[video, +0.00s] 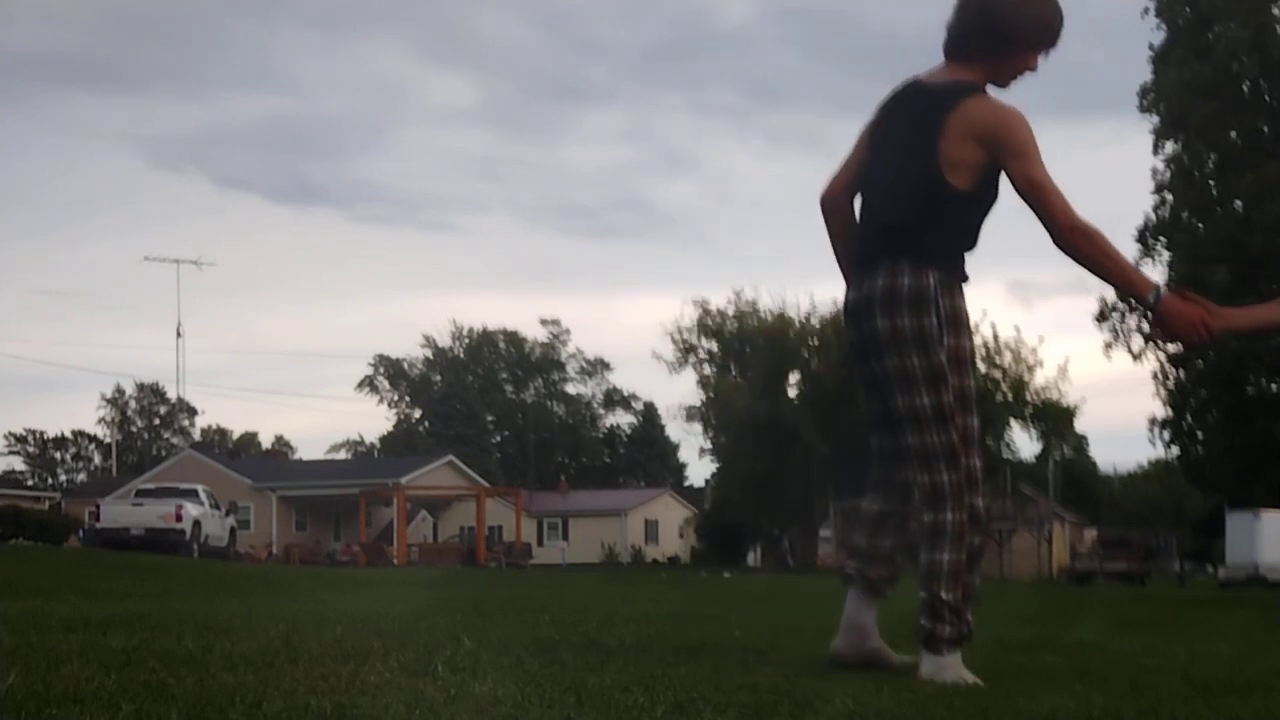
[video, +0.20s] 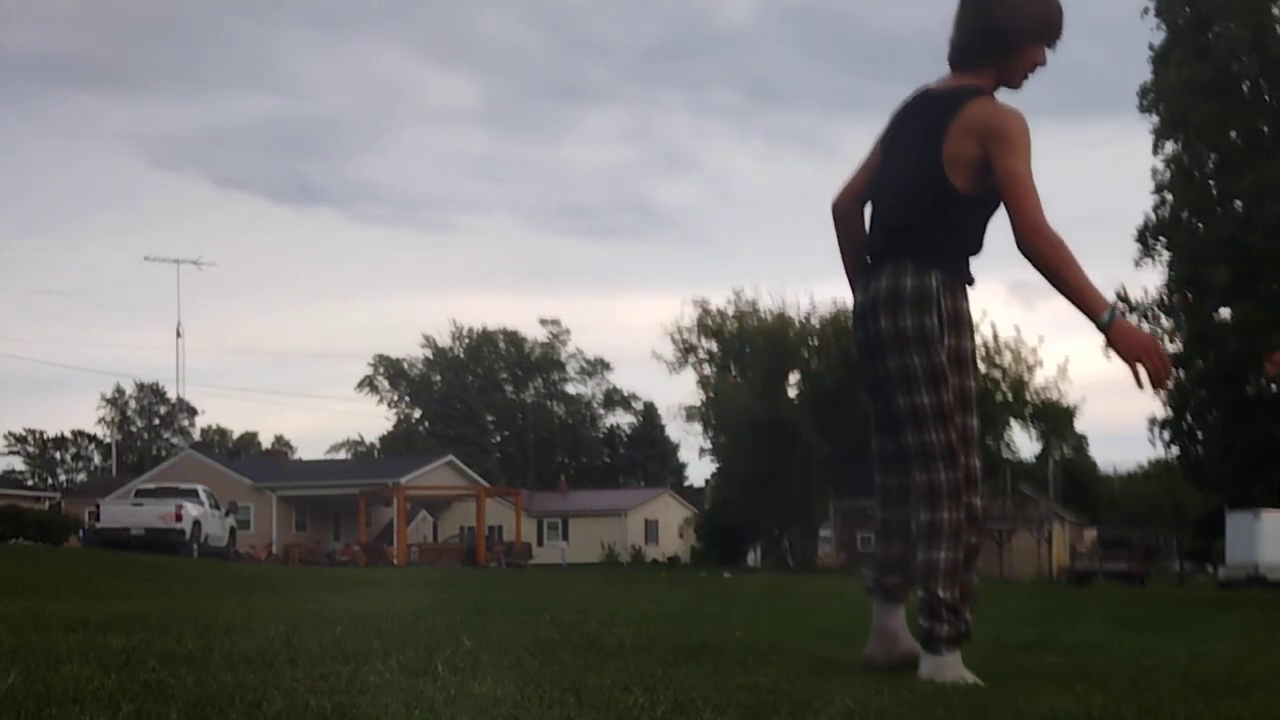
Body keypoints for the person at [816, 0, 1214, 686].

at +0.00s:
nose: (1036, 63)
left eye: (1041, 51)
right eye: (1037, 49)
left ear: (966, 33)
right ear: (1013, 45)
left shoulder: (902, 100)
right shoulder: (995, 118)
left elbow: (835, 199)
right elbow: (1066, 228)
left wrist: (864, 281)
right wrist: (1155, 297)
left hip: (870, 289)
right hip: (921, 290)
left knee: (897, 458)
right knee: (953, 468)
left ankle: (856, 624)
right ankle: (942, 656)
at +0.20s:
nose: (1042, 60)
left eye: (1047, 48)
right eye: (1040, 45)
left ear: (972, 35)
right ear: (1009, 41)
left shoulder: (915, 107)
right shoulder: (998, 118)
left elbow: (846, 206)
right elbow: (1034, 237)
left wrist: (867, 296)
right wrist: (1113, 321)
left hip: (880, 289)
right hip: (928, 291)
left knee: (901, 462)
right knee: (953, 469)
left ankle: (886, 625)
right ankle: (943, 655)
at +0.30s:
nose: (1036, 57)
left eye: (1039, 45)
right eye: (1032, 42)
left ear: (969, 42)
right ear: (1000, 41)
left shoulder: (918, 116)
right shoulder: (985, 118)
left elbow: (852, 219)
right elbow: (988, 228)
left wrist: (876, 307)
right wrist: (1033, 335)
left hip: (883, 297)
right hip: (928, 295)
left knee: (905, 469)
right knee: (953, 474)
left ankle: (883, 630)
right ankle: (942, 655)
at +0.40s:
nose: (1021, 61)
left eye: (1022, 50)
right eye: (1016, 48)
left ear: (956, 50)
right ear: (985, 49)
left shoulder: (920, 125)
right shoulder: (966, 122)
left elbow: (860, 235)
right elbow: (939, 216)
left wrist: (886, 311)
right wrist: (939, 320)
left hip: (886, 305)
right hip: (921, 304)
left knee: (910, 477)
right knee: (951, 479)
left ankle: (883, 636)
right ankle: (941, 655)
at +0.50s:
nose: (1010, 65)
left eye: (1010, 54)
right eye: (1003, 52)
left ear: (954, 57)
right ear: (969, 55)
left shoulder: (934, 124)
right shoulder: (942, 123)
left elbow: (892, 217)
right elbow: (894, 206)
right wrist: (866, 303)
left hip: (905, 307)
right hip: (915, 309)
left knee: (912, 471)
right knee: (943, 468)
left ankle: (885, 634)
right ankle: (937, 649)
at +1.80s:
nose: (1039, 99)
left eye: (1043, 89)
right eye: (1035, 84)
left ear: (996, 82)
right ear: (998, 76)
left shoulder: (965, 158)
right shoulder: (940, 125)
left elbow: (921, 281)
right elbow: (866, 205)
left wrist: (968, 354)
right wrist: (876, 302)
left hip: (913, 321)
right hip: (887, 315)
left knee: (929, 472)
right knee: (923, 469)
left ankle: (882, 634)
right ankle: (867, 639)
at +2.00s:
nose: (1092, 170)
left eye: (1096, 159)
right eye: (1088, 155)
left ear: (1059, 155)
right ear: (1053, 145)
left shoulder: (999, 252)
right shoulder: (986, 177)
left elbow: (976, 354)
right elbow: (893, 225)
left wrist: (1020, 441)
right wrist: (896, 328)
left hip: (902, 336)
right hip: (876, 322)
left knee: (963, 461)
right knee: (968, 455)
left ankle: (897, 627)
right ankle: (912, 629)